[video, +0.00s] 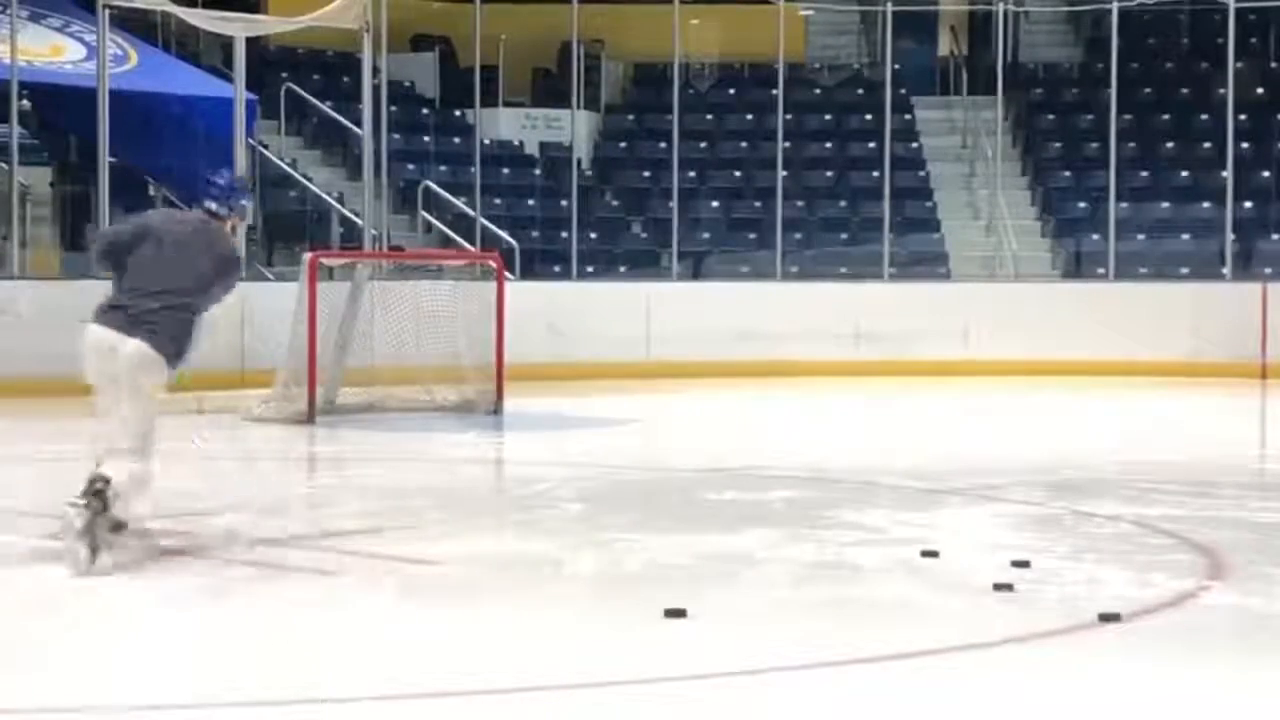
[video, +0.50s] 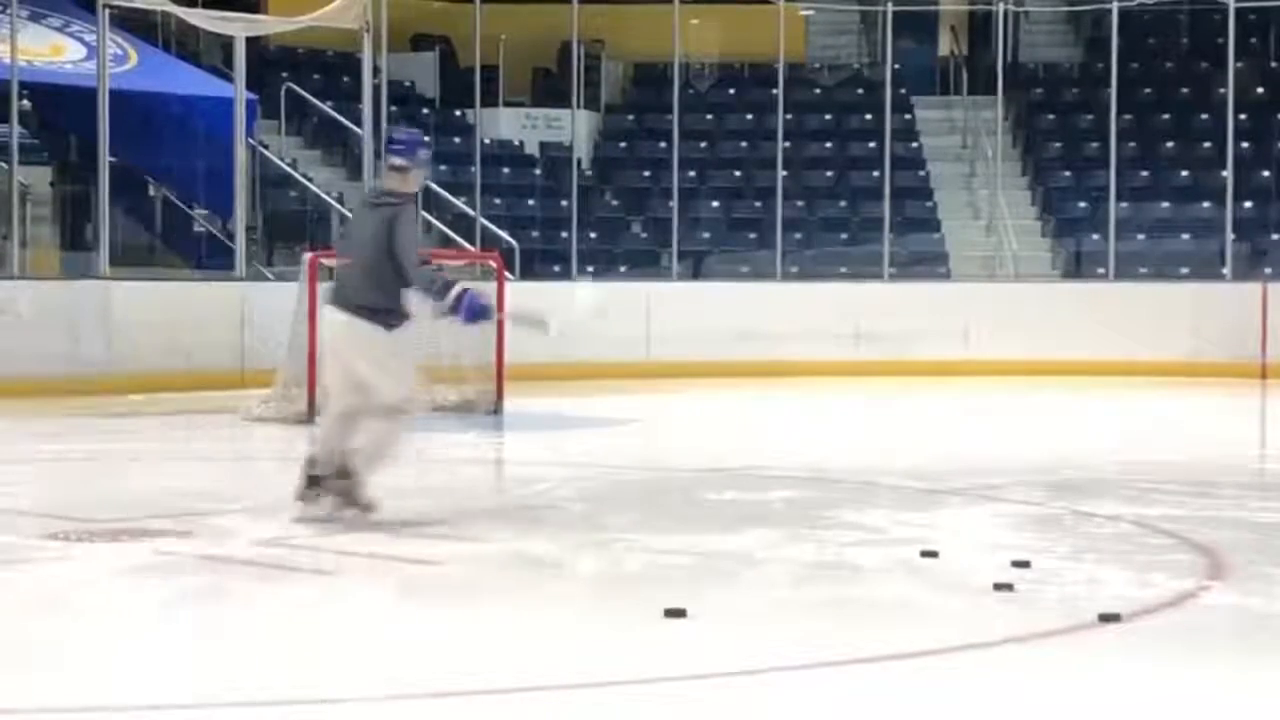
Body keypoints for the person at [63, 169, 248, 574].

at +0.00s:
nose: (239, 228)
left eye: (240, 220)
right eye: (239, 220)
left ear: (203, 203)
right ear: (231, 217)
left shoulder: (162, 219)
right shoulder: (227, 255)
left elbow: (102, 241)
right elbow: (204, 299)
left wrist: (125, 280)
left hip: (103, 329)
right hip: (147, 348)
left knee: (108, 421)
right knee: (138, 449)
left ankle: (97, 483)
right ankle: (106, 508)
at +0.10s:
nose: (268, 217)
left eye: (267, 209)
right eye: (268, 210)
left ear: (227, 199)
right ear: (261, 210)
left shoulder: (187, 220)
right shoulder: (259, 249)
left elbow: (129, 249)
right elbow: (230, 295)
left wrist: (133, 283)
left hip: (142, 334)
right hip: (185, 348)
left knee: (157, 424)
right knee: (160, 453)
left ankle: (148, 501)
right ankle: (107, 494)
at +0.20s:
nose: (293, 200)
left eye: (292, 192)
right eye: (293, 193)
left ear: (255, 183)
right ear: (287, 193)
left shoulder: (212, 214)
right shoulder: (290, 233)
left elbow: (162, 255)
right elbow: (277, 302)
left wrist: (172, 296)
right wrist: (274, 357)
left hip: (188, 329)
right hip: (230, 342)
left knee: (213, 421)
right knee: (205, 436)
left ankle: (193, 492)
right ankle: (150, 484)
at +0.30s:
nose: (306, 175)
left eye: (304, 168)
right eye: (312, 169)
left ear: (286, 166)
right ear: (323, 171)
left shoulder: (251, 209)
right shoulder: (330, 224)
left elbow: (226, 267)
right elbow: (331, 296)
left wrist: (240, 301)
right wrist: (344, 352)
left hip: (236, 320)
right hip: (278, 332)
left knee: (257, 416)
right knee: (267, 428)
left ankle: (234, 489)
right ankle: (206, 474)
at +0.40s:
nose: (360, 176)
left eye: (355, 169)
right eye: (362, 169)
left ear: (333, 166)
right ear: (364, 171)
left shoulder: (302, 206)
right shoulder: (362, 215)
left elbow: (290, 260)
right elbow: (379, 281)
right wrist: (407, 330)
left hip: (287, 318)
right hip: (329, 329)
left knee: (289, 408)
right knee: (329, 422)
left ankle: (273, 486)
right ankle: (270, 471)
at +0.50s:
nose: (422, 178)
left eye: (421, 171)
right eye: (421, 171)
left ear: (386, 167)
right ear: (415, 171)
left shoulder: (365, 205)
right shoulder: (403, 211)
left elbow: (350, 257)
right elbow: (413, 268)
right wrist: (456, 295)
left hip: (340, 320)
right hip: (377, 326)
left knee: (345, 401)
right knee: (393, 403)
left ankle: (319, 473)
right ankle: (348, 471)